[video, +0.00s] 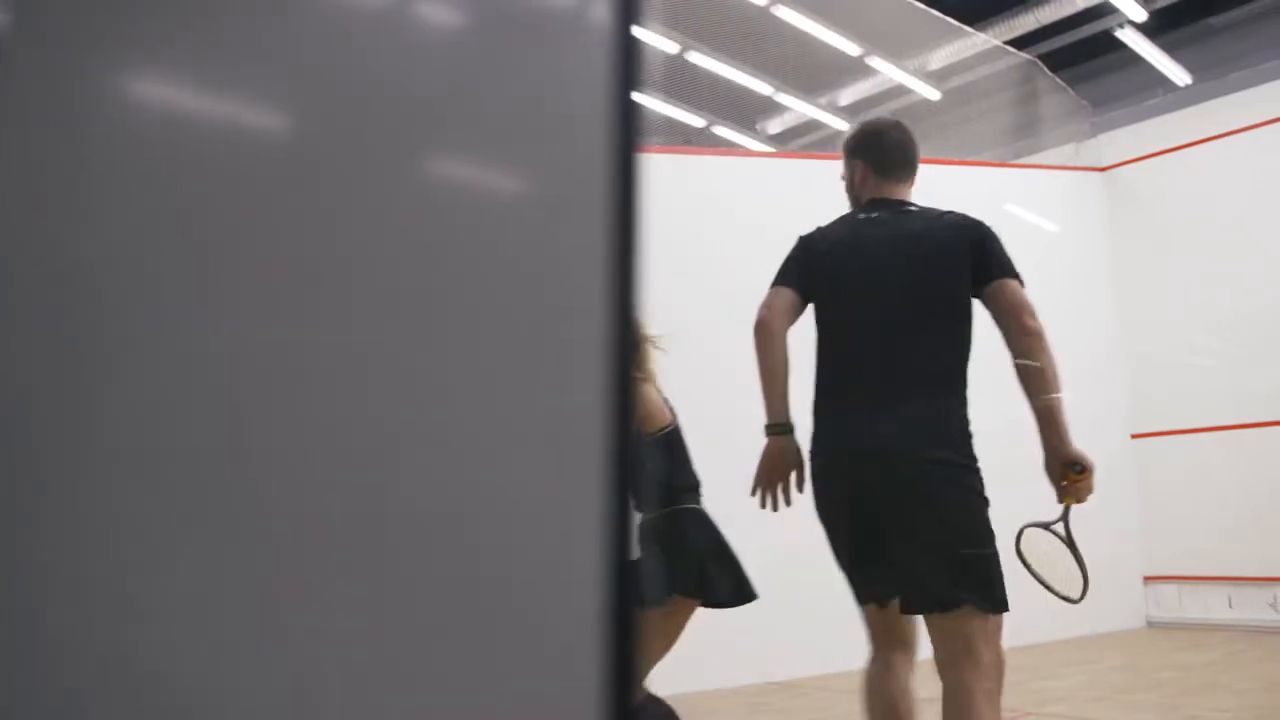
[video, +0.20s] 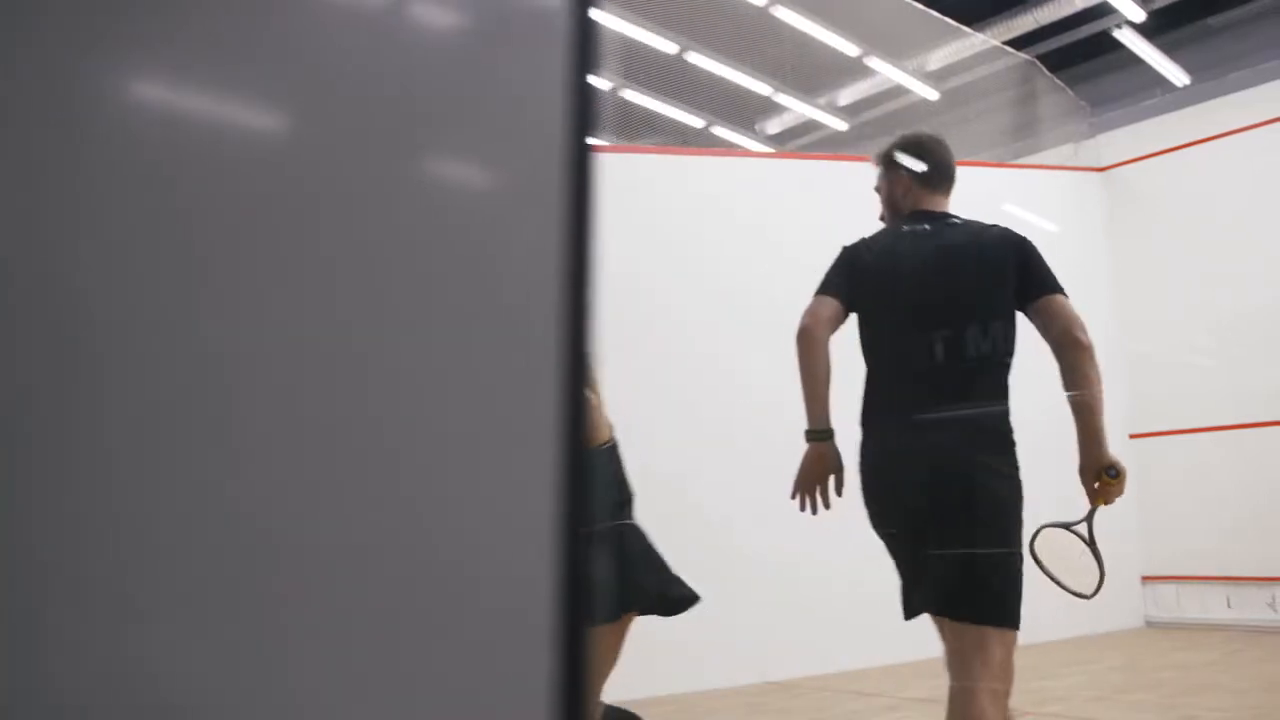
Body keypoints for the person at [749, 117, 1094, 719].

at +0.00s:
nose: (845, 183)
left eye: (844, 173)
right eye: (846, 174)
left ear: (855, 172)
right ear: (914, 175)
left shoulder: (821, 245)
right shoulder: (964, 233)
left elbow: (769, 323)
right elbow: (1025, 330)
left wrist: (779, 431)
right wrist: (1057, 443)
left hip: (844, 469)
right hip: (935, 467)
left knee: (889, 643)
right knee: (971, 660)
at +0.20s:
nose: (879, 195)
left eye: (881, 183)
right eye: (880, 184)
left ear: (896, 183)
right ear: (946, 187)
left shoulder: (865, 256)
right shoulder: (1004, 245)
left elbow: (813, 328)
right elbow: (1074, 340)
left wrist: (819, 436)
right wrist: (1094, 450)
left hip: (893, 467)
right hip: (981, 463)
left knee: (972, 660)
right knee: (984, 672)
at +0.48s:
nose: (918, 241)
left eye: (920, 223)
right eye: (917, 226)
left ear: (945, 215)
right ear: (982, 219)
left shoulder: (912, 289)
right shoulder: (1044, 275)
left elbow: (856, 361)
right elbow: (1114, 372)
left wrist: (861, 463)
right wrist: (1128, 470)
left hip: (951, 489)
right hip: (1033, 481)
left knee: (1043, 665)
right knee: (1059, 674)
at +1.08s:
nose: (971, 245)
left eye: (971, 236)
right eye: (973, 236)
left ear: (979, 236)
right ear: (1029, 234)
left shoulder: (954, 302)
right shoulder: (1078, 292)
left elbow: (905, 367)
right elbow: (1133, 372)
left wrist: (922, 440)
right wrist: (1150, 464)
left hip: (997, 494)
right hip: (1076, 485)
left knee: (1059, 639)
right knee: (1131, 630)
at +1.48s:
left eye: (970, 272)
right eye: (1020, 268)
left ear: (968, 276)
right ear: (1023, 274)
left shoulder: (952, 337)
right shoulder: (1071, 332)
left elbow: (923, 405)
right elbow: (1125, 409)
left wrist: (932, 466)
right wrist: (1123, 493)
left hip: (995, 517)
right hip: (1072, 512)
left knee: (982, 636)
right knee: (1121, 637)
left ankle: (1025, 713)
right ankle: (1160, 718)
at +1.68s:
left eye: (940, 289)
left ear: (943, 294)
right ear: (995, 289)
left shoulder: (934, 350)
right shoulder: (1049, 345)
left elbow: (914, 416)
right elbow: (1098, 423)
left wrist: (919, 489)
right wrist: (1082, 494)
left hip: (980, 523)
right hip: (1057, 520)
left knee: (927, 626)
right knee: (1108, 636)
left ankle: (950, 715)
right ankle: (1149, 718)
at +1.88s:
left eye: (904, 303)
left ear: (904, 306)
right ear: (954, 301)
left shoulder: (902, 362)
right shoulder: (1005, 353)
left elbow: (890, 422)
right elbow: (1054, 430)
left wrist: (888, 501)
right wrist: (1025, 489)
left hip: (955, 528)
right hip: (1026, 525)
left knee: (874, 621)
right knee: (1083, 642)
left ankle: (874, 716)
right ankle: (1135, 716)